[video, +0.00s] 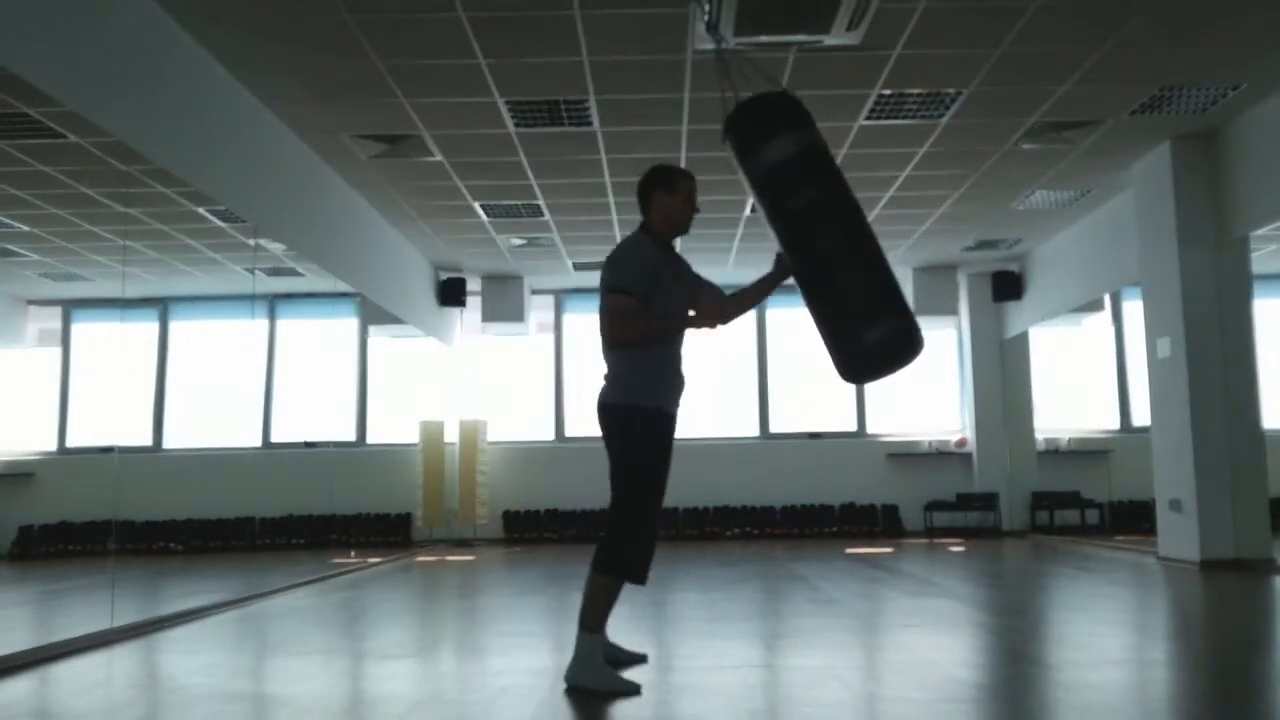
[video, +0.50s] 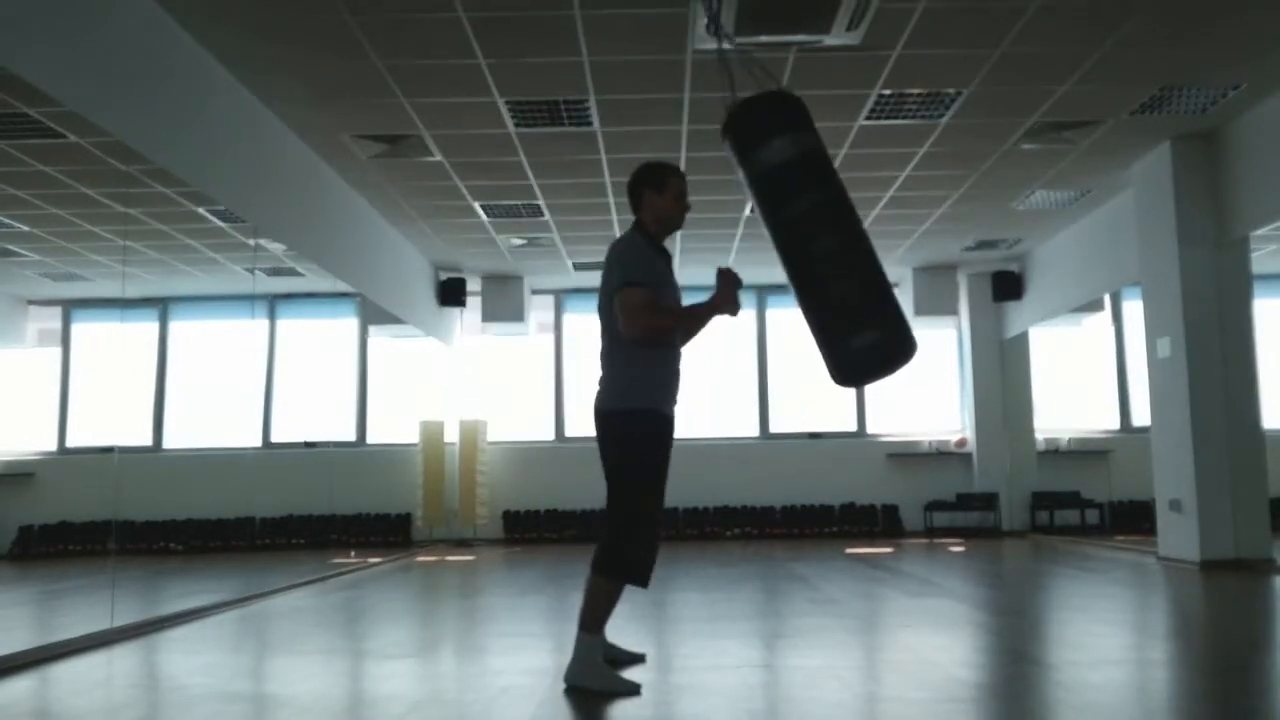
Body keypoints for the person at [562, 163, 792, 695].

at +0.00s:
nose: (696, 208)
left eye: (695, 200)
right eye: (687, 199)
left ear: (671, 203)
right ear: (658, 200)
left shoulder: (669, 262)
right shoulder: (632, 255)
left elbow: (719, 309)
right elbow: (616, 328)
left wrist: (776, 276)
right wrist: (688, 321)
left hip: (652, 411)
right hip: (631, 409)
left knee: (631, 525)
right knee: (625, 526)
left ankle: (594, 638)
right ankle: (585, 660)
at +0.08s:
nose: (694, 205)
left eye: (693, 197)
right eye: (684, 196)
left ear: (666, 202)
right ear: (656, 200)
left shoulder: (662, 256)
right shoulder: (640, 252)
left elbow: (711, 311)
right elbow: (653, 322)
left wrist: (772, 275)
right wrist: (711, 295)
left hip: (645, 412)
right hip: (630, 412)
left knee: (631, 528)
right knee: (626, 529)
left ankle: (594, 639)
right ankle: (585, 660)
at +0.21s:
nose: (692, 207)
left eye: (691, 198)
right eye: (684, 197)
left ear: (657, 202)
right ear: (654, 200)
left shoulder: (654, 256)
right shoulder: (641, 255)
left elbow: (679, 331)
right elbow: (653, 332)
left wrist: (716, 292)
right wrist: (715, 291)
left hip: (641, 411)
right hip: (633, 413)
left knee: (629, 528)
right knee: (625, 531)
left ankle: (594, 638)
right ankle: (586, 658)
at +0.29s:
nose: (690, 201)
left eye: (689, 193)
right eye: (681, 193)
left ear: (665, 199)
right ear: (651, 197)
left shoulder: (667, 257)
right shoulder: (630, 251)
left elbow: (715, 311)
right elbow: (622, 325)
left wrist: (765, 267)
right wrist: (686, 295)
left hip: (650, 411)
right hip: (629, 410)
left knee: (632, 527)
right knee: (624, 528)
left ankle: (595, 637)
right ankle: (583, 660)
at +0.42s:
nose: (684, 205)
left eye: (684, 196)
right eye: (676, 196)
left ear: (652, 202)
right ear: (646, 198)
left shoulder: (645, 249)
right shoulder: (639, 247)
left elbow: (696, 311)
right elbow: (694, 313)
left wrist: (743, 276)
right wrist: (744, 276)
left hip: (634, 408)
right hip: (632, 410)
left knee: (630, 524)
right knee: (629, 526)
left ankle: (593, 639)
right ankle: (585, 660)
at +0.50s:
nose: (686, 205)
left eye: (685, 197)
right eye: (678, 196)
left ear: (656, 201)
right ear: (648, 200)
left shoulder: (652, 256)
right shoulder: (631, 254)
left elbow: (668, 331)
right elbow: (638, 324)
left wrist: (712, 305)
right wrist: (713, 306)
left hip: (645, 412)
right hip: (630, 413)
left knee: (631, 529)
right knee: (625, 531)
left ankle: (593, 638)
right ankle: (586, 658)